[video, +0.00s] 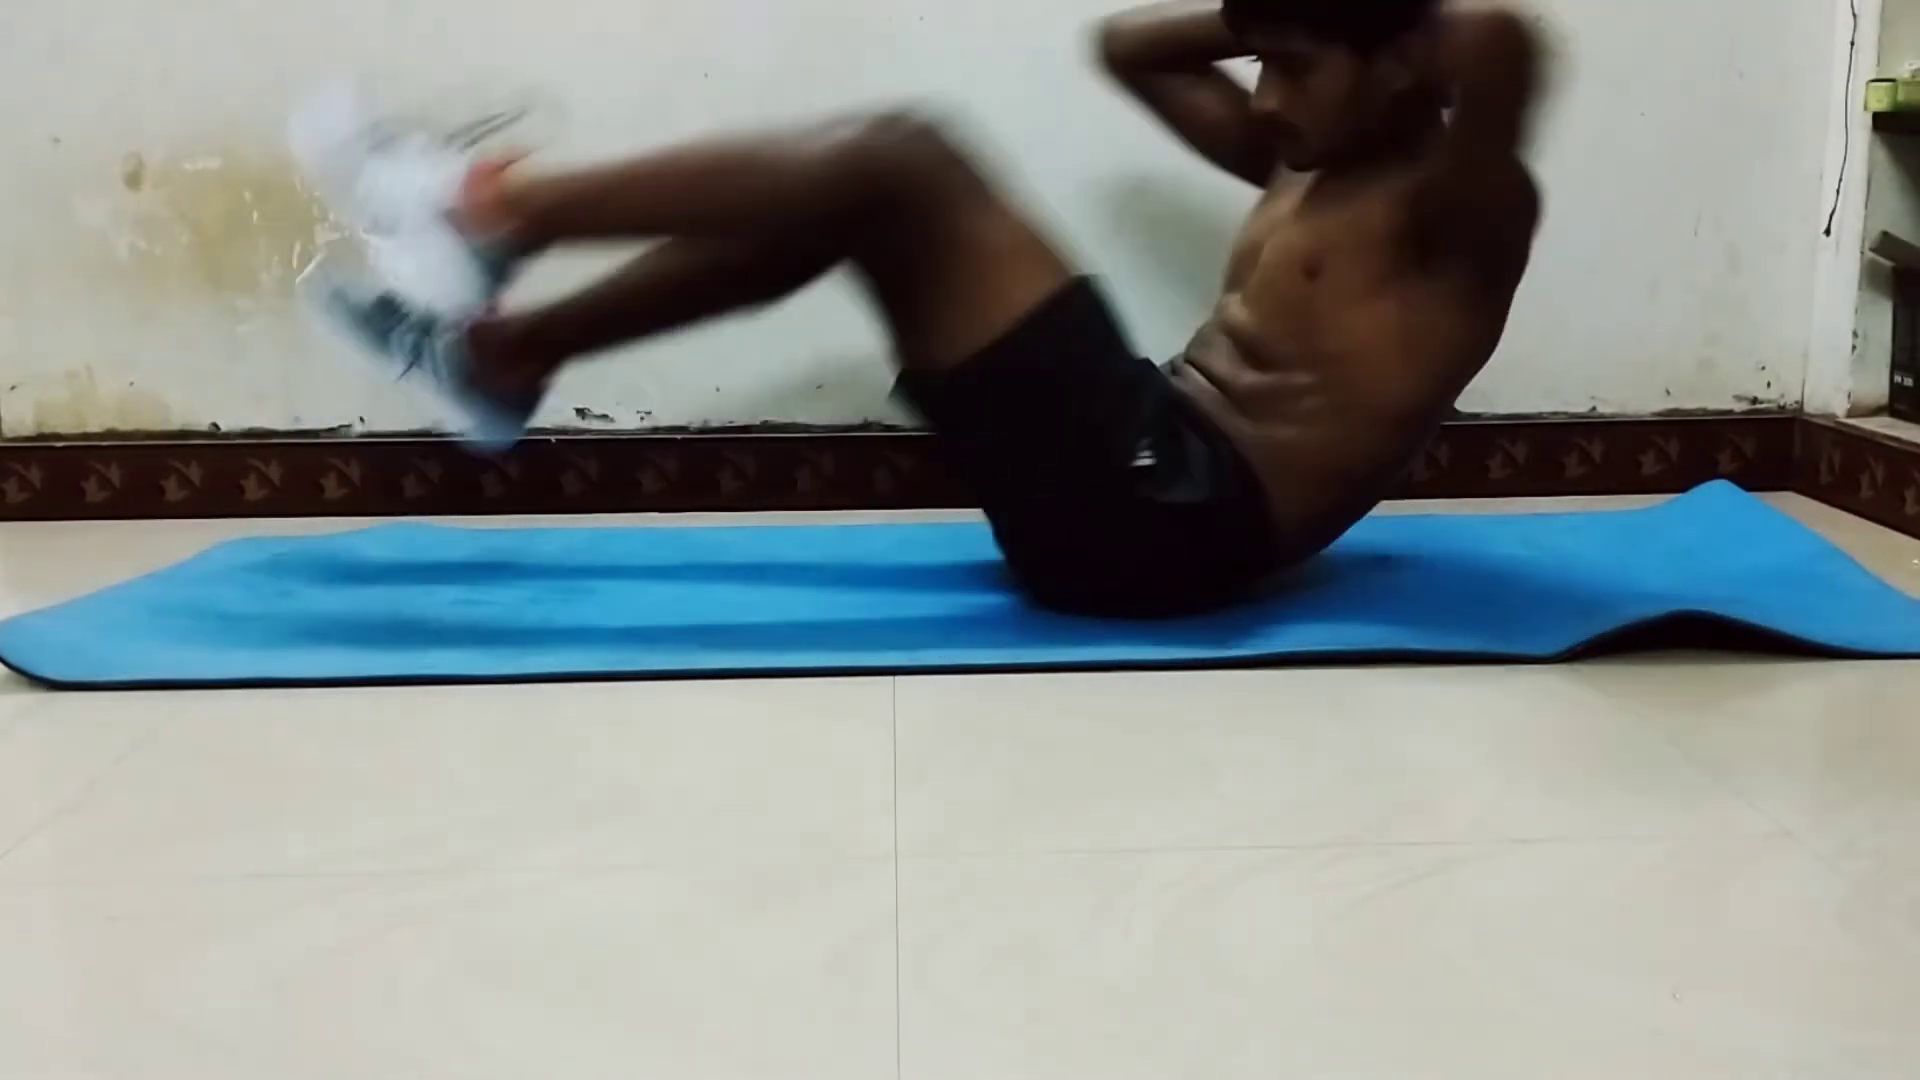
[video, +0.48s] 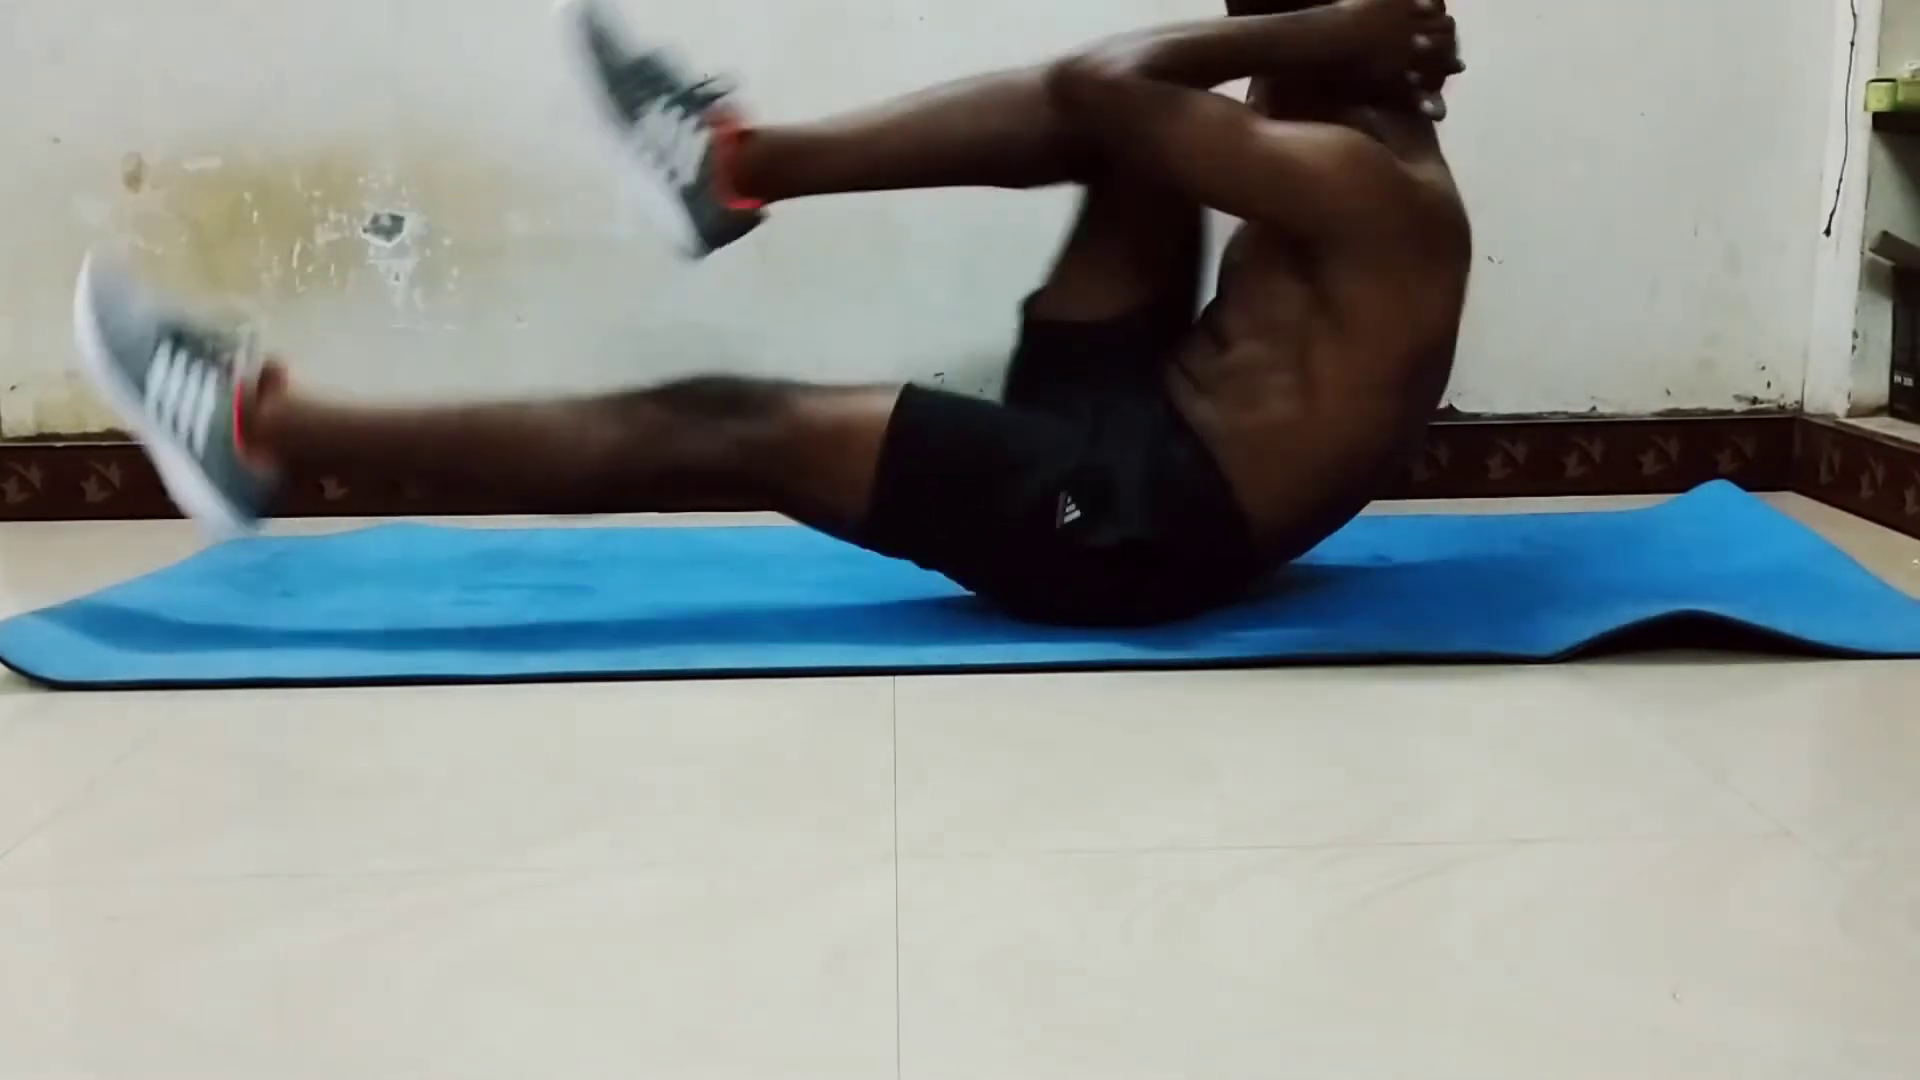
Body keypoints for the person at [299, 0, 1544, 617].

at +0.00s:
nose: (1273, 96)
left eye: (1297, 68)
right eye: (1266, 66)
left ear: (1394, 67)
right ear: (1289, 71)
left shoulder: (1465, 215)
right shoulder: (1308, 166)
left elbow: (1507, 46)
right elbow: (1125, 52)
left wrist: (1440, 64)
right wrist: (1269, 39)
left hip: (1179, 524)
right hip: (1127, 475)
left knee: (909, 162)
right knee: (897, 169)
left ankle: (492, 205)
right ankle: (507, 356)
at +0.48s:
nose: (1251, 74)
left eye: (1292, 49)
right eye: (1281, 45)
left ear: (1367, 69)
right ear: (1373, 70)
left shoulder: (1372, 191)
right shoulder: (1348, 177)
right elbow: (1105, 91)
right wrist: (1331, 44)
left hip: (1128, 514)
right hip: (1119, 424)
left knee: (737, 430)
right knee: (1130, 132)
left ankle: (269, 436)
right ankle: (742, 172)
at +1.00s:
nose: (1468, 52)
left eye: (1448, 32)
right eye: (1450, 31)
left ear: (1405, 64)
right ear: (1407, 62)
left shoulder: (1438, 204)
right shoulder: (1396, 204)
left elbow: (1242, 44)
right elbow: (1248, 47)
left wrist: (1389, 26)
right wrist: (1376, 31)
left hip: (1159, 515)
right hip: (1140, 482)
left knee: (864, 193)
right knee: (862, 187)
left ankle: (487, 332)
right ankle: (495, 281)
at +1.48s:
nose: (1291, 80)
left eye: (1324, 55)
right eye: (1288, 55)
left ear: (1413, 66)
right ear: (1292, 58)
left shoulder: (1466, 203)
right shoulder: (1249, 147)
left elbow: (1642, 42)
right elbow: (1038, 47)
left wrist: (1474, 28)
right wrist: (1227, 26)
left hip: (1180, 516)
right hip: (1079, 458)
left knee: (1155, 104)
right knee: (751, 389)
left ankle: (761, 90)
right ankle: (385, 443)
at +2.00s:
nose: (1374, 60)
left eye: (1365, 46)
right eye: (1372, 37)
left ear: (1385, 73)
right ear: (1377, 68)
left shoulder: (1415, 206)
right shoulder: (1368, 198)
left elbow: (1212, 63)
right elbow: (1231, 64)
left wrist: (1377, 55)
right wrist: (1368, 59)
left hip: (1133, 506)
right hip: (1109, 422)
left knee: (730, 341)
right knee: (963, 124)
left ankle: (297, 305)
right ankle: (636, 294)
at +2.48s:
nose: (1248, 49)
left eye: (1268, 33)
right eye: (1270, 35)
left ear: (1363, 42)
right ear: (1396, 50)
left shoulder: (1353, 113)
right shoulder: (1395, 138)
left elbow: (1052, 67)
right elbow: (1100, 73)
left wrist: (1123, 70)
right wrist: (1113, 70)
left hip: (1132, 514)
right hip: (1144, 434)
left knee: (734, 381)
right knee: (1047, 119)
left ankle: (316, 489)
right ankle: (646, 194)